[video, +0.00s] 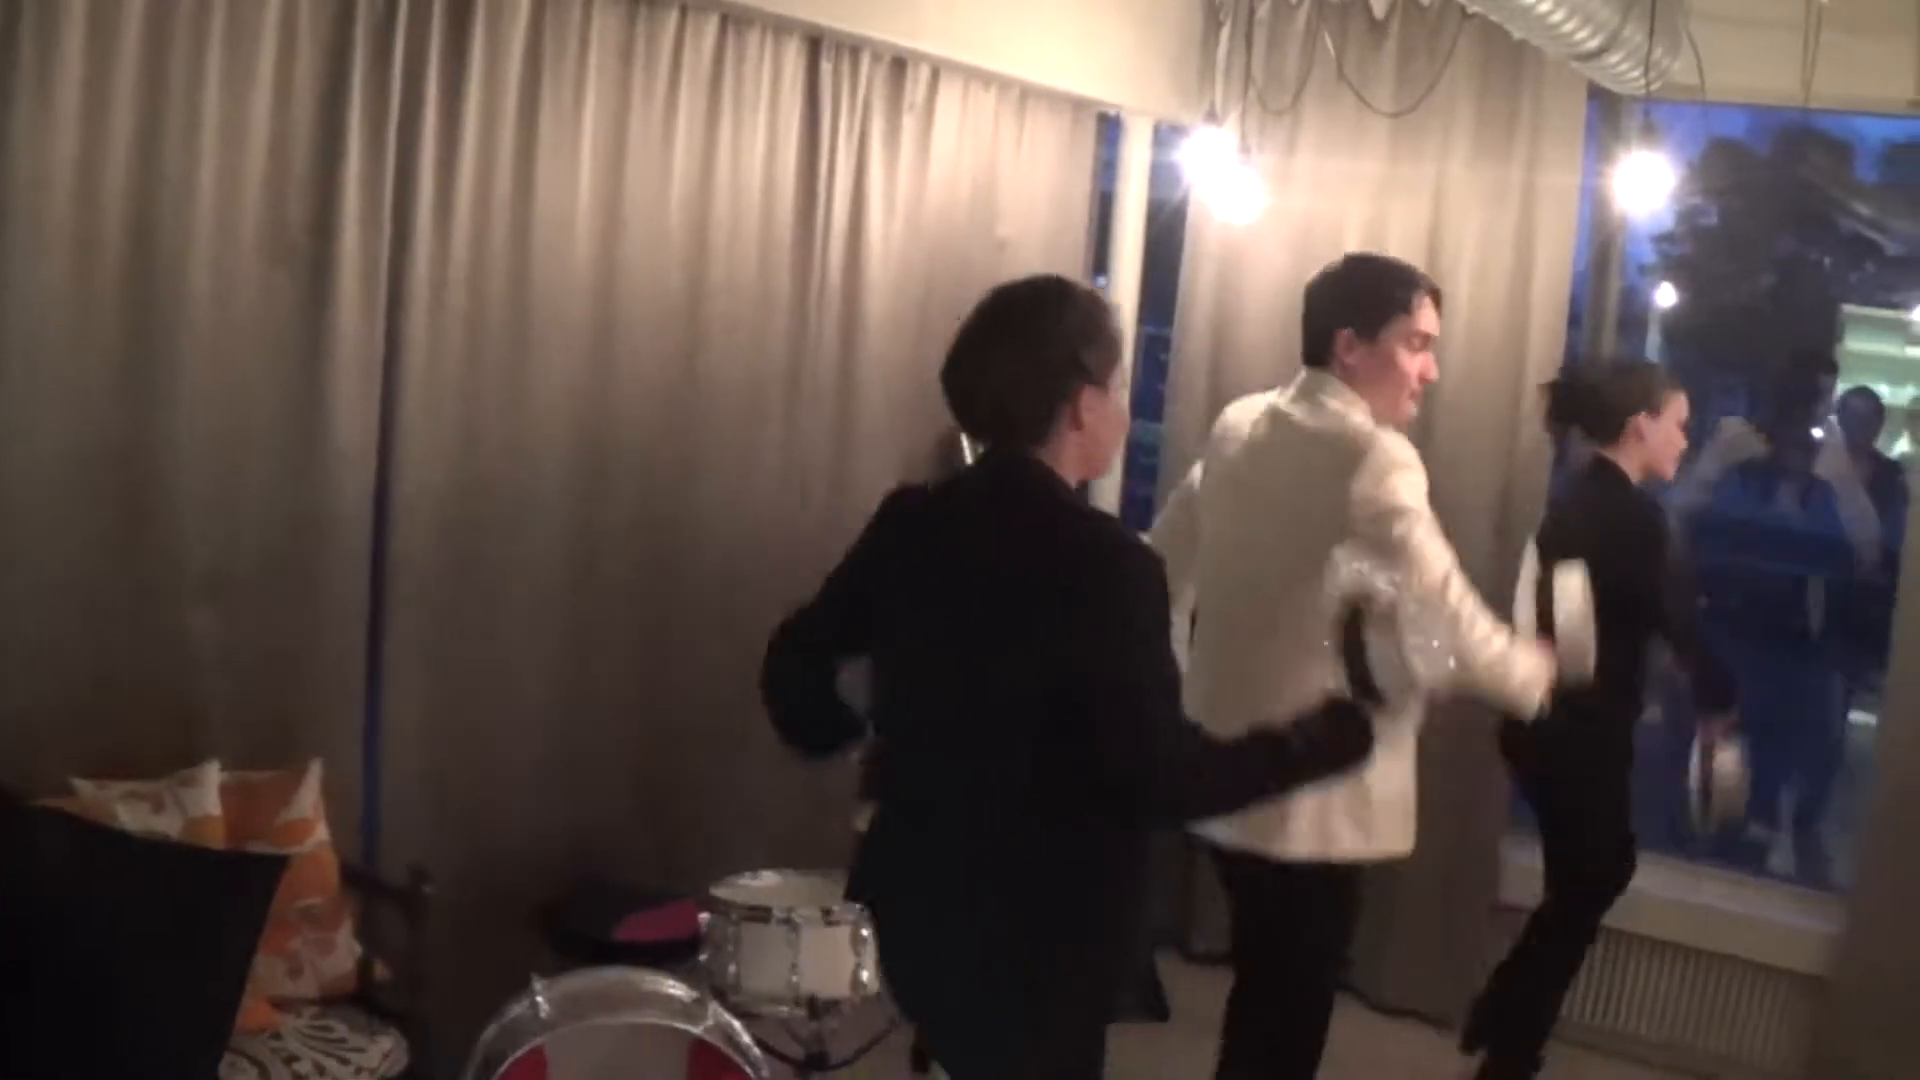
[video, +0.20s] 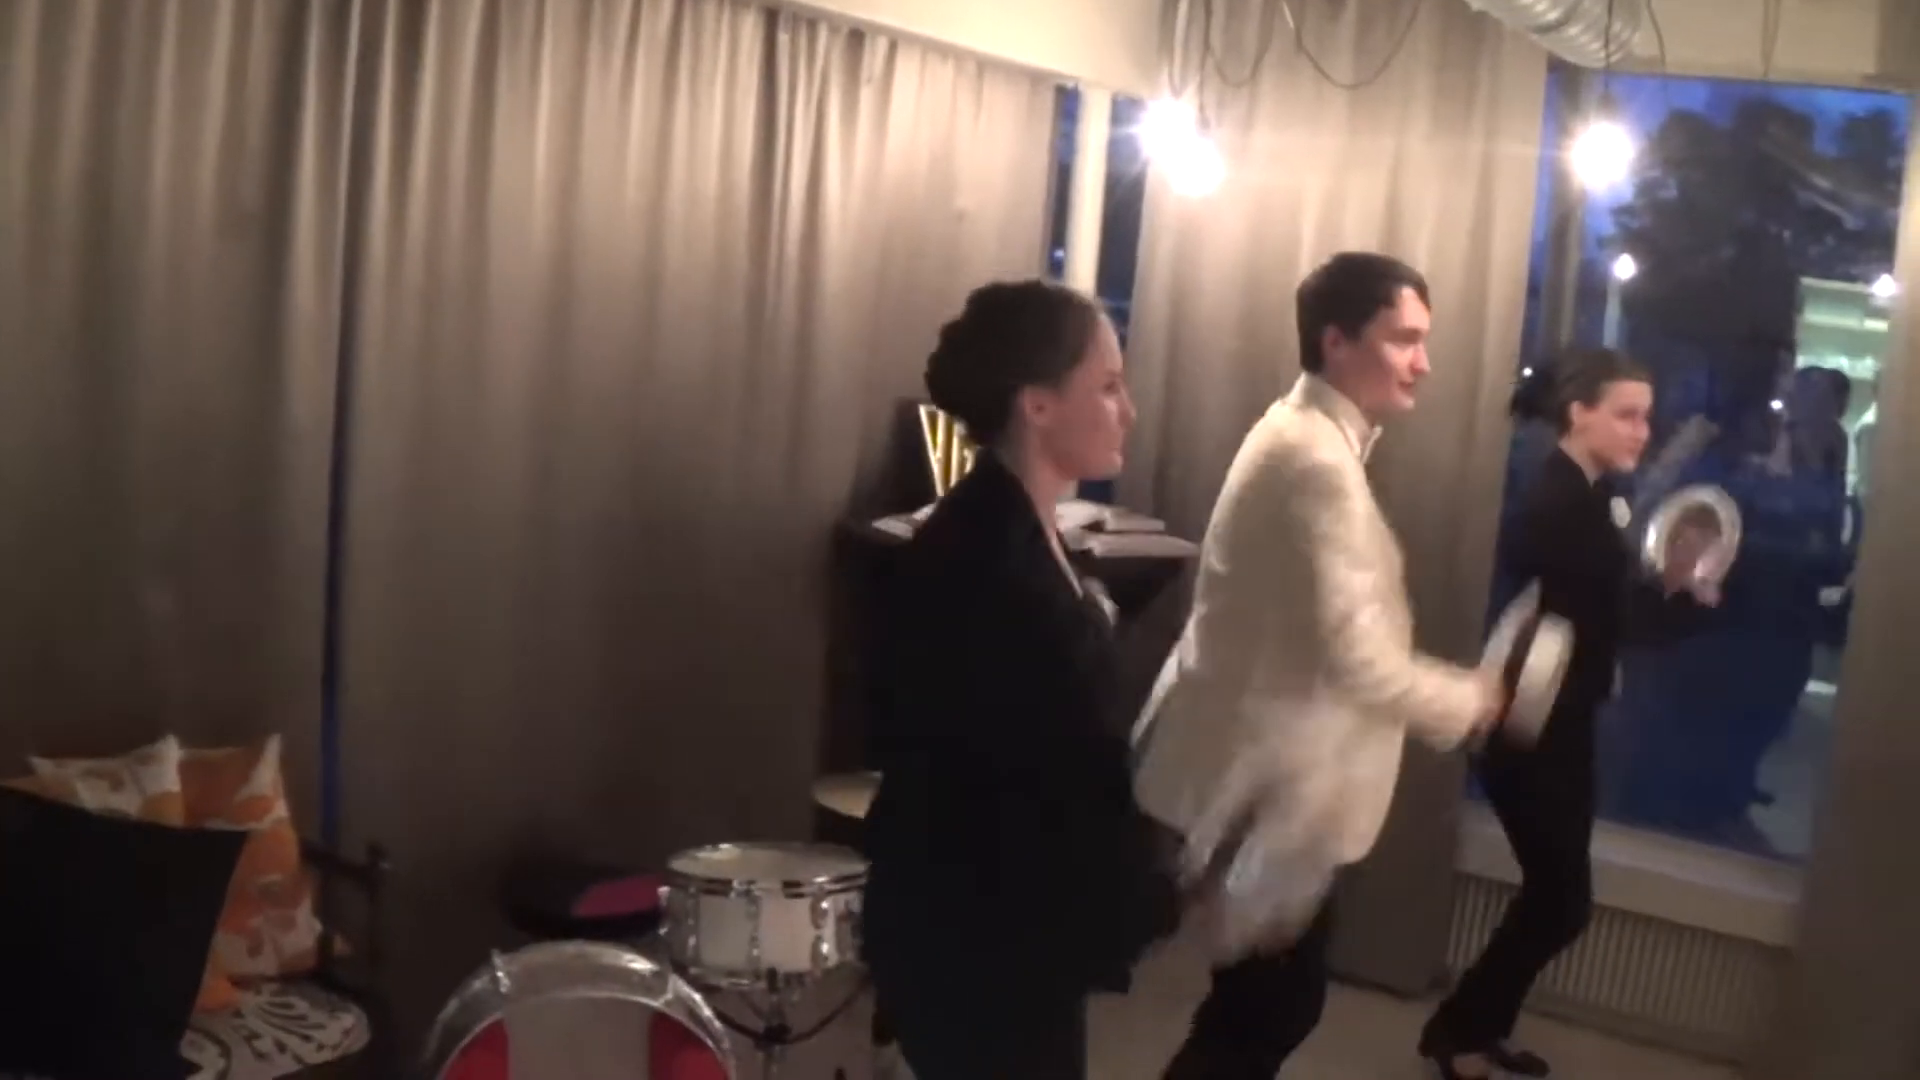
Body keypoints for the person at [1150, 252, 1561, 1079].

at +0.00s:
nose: (1432, 372)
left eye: (1431, 349)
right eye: (1418, 347)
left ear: (1337, 349)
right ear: (1350, 348)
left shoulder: (1241, 425)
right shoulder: (1376, 462)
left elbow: (1164, 557)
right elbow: (1440, 626)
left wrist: (1177, 674)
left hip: (1226, 782)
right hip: (1316, 805)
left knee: (1257, 1012)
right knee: (1286, 1034)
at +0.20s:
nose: (1422, 363)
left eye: (1423, 342)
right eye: (1404, 340)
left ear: (1350, 348)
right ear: (1337, 342)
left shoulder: (1312, 437)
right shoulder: (1314, 458)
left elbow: (1350, 635)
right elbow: (1353, 654)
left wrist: (1457, 693)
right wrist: (1472, 702)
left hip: (1272, 764)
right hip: (1265, 777)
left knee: (1261, 1002)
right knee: (1271, 1008)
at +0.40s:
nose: (1379, 352)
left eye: (1381, 330)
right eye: (1359, 329)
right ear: (1291, 334)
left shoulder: (1325, 443)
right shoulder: (1231, 461)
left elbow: (1360, 584)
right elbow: (1181, 648)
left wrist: (1460, 667)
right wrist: (1271, 784)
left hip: (1287, 780)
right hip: (1222, 788)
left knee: (1253, 978)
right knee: (1254, 981)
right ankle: (1165, 1076)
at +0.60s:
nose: (1312, 281)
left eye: (1315, 261)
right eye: (1292, 260)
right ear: (1221, 266)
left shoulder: (1285, 378)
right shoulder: (1149, 388)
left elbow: (1336, 511)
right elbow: (1088, 572)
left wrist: (1453, 571)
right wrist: (1163, 658)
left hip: (1230, 737)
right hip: (1147, 748)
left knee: (1176, 970)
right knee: (1131, 972)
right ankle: (1062, 1072)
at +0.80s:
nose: (1239, 258)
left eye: (1242, 237)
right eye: (1218, 235)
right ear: (1144, 242)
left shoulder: (1194, 372)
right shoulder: (1069, 375)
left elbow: (1223, 541)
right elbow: (1008, 555)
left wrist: (1329, 610)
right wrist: (1078, 651)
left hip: (1160, 716)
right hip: (1056, 728)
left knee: (1239, 871)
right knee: (1051, 951)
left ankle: (1114, 1054)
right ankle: (995, 1070)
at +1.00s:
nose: (1207, 210)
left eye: (1211, 189)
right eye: (1189, 186)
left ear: (1134, 194)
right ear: (1113, 188)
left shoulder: (1152, 318)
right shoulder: (1034, 315)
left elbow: (1147, 512)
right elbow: (972, 483)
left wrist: (1260, 559)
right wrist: (1066, 542)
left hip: (1114, 670)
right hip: (1014, 676)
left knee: (1193, 879)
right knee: (1002, 910)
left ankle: (1096, 1078)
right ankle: (958, 1079)